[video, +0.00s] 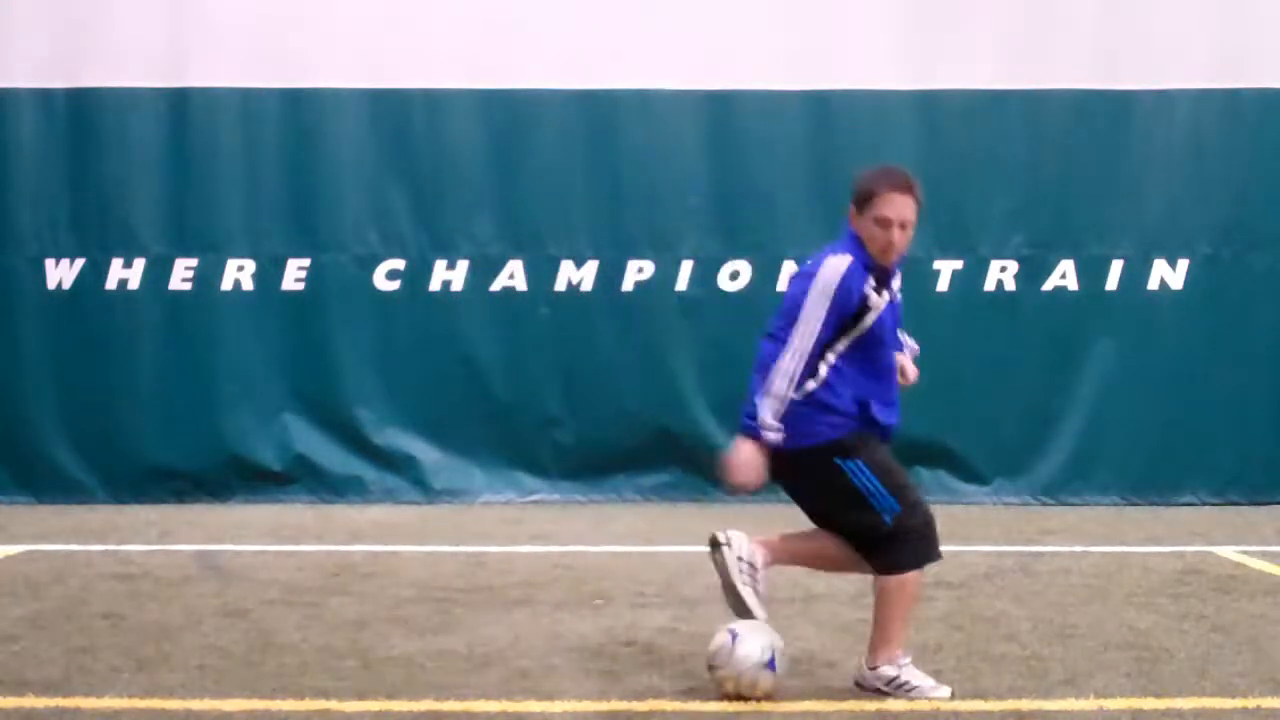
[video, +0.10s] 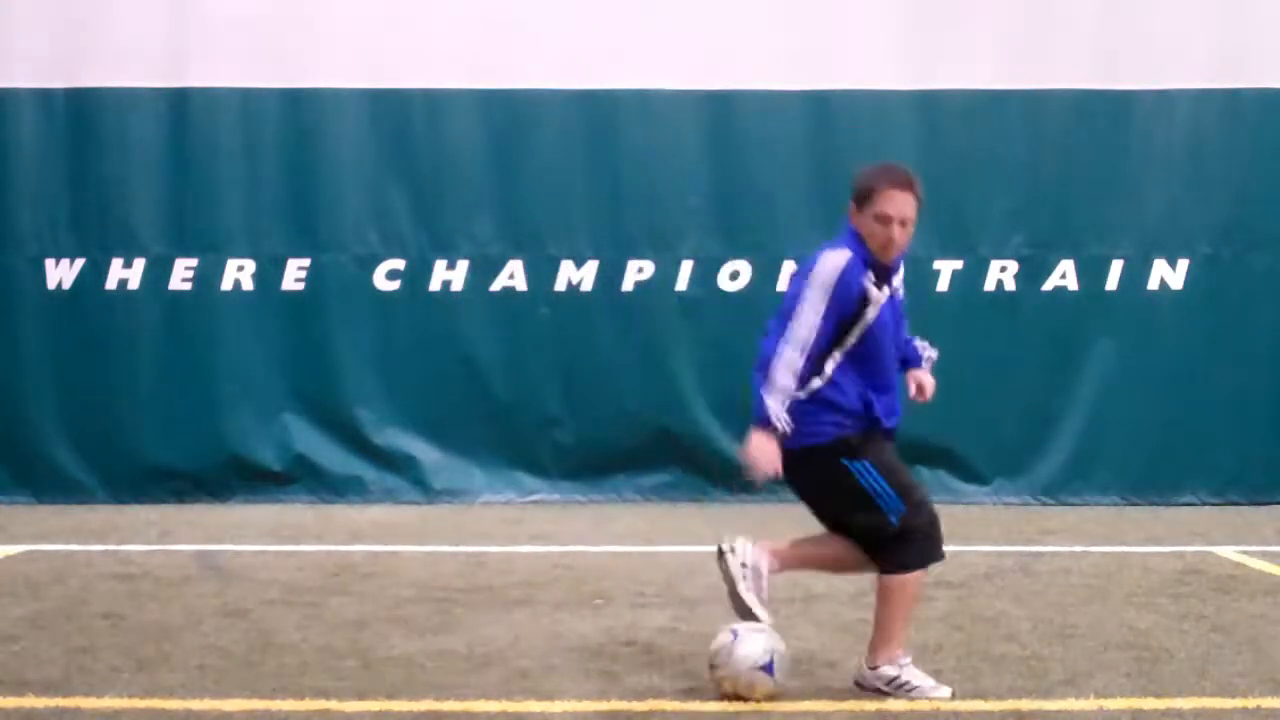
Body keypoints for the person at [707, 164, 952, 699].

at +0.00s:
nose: (895, 239)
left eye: (905, 227)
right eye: (883, 224)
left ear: (915, 226)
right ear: (857, 219)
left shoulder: (884, 273)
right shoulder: (835, 271)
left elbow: (879, 324)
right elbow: (793, 350)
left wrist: (897, 351)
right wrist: (758, 433)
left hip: (846, 434)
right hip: (817, 437)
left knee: (885, 546)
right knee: (909, 531)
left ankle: (756, 552)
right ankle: (885, 664)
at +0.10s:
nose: (895, 235)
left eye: (906, 223)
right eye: (884, 220)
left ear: (915, 224)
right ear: (856, 216)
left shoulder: (890, 268)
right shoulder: (833, 266)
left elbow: (890, 329)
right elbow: (792, 343)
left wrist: (914, 360)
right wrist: (767, 425)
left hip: (860, 434)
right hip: (823, 438)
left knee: (889, 543)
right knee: (913, 530)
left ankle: (762, 559)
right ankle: (885, 664)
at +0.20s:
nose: (876, 199)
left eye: (885, 188)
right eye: (863, 186)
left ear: (895, 188)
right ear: (837, 183)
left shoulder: (884, 231)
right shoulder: (803, 229)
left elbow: (888, 292)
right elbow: (743, 294)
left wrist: (916, 337)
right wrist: (730, 366)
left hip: (852, 403)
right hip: (801, 403)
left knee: (897, 508)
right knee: (877, 513)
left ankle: (764, 551)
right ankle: (883, 659)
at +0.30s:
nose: (853, 170)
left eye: (864, 159)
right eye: (842, 157)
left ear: (876, 159)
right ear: (818, 154)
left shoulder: (878, 209)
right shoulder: (781, 200)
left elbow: (880, 278)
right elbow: (713, 256)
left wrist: (894, 327)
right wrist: (706, 335)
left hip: (842, 378)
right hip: (779, 375)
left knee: (871, 494)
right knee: (831, 493)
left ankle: (785, 590)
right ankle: (875, 631)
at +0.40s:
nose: (824, 172)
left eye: (836, 161)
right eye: (813, 159)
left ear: (850, 161)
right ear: (792, 155)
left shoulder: (860, 215)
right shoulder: (756, 210)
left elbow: (865, 285)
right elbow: (697, 276)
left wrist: (867, 340)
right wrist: (709, 342)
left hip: (832, 387)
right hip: (760, 385)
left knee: (837, 521)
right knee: (782, 503)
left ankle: (831, 644)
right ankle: (793, 622)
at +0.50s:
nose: (783, 177)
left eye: (794, 166)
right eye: (771, 166)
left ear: (813, 168)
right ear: (754, 168)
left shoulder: (835, 223)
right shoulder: (722, 224)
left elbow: (847, 287)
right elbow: (673, 287)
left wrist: (860, 343)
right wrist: (687, 316)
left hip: (818, 402)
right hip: (740, 398)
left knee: (835, 528)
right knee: (709, 503)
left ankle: (824, 644)